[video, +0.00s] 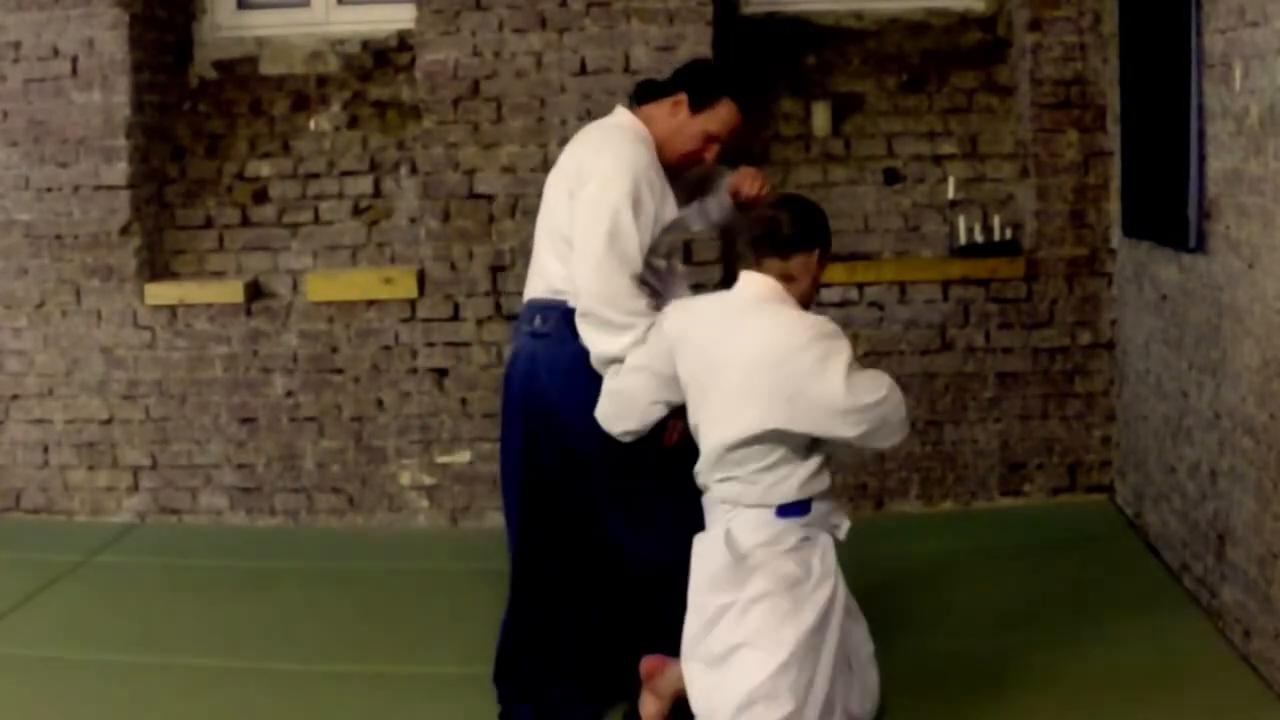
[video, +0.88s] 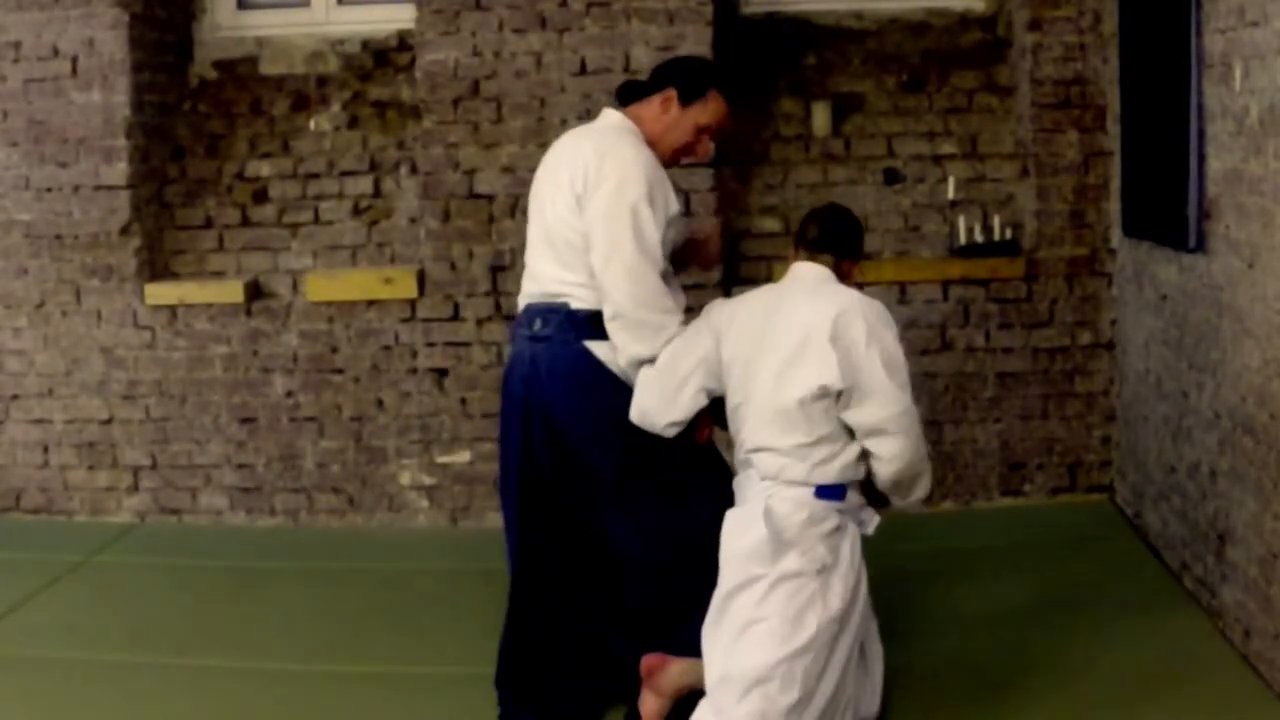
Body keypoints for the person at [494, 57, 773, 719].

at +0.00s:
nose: (708, 158)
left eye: (719, 147)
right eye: (709, 138)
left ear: (670, 107)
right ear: (678, 105)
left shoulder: (612, 145)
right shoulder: (620, 157)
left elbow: (657, 229)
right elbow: (604, 289)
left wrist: (725, 201)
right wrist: (658, 391)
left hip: (558, 352)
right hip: (579, 360)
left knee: (564, 540)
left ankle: (548, 694)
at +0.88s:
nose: (702, 152)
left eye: (711, 139)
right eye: (702, 131)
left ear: (658, 101)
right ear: (667, 101)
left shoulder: (571, 146)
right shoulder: (624, 160)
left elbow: (587, 250)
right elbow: (632, 296)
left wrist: (676, 249)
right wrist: (687, 401)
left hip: (531, 351)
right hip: (588, 355)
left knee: (551, 539)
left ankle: (539, 694)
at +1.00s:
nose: (695, 146)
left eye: (704, 133)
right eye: (695, 126)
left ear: (646, 100)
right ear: (656, 98)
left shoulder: (563, 151)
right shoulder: (620, 161)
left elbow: (550, 275)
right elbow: (635, 300)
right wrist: (687, 401)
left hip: (530, 352)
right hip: (589, 354)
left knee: (552, 540)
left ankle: (542, 695)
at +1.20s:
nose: (677, 131)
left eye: (685, 116)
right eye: (679, 110)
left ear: (626, 87)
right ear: (643, 87)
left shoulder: (522, 143)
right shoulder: (626, 148)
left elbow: (480, 237)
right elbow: (648, 280)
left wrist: (527, 303)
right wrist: (694, 389)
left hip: (523, 338)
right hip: (598, 327)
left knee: (541, 525)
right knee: (676, 497)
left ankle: (540, 694)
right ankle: (640, 594)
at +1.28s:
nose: (675, 132)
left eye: (684, 118)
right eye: (677, 112)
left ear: (622, 86)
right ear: (643, 88)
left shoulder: (517, 141)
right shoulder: (628, 147)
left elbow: (471, 237)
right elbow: (657, 276)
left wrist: (518, 297)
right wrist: (697, 390)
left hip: (519, 336)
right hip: (599, 326)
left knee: (524, 517)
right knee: (658, 494)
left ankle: (540, 679)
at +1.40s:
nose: (678, 133)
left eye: (686, 119)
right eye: (681, 114)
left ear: (628, 86)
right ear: (648, 89)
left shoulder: (518, 139)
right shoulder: (631, 147)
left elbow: (474, 239)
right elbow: (657, 269)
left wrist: (520, 296)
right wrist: (703, 378)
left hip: (518, 336)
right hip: (600, 326)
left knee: (521, 518)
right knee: (648, 498)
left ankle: (538, 681)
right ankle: (607, 666)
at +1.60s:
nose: (686, 116)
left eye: (694, 101)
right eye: (688, 96)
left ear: (634, 76)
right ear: (654, 76)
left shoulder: (538, 135)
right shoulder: (632, 132)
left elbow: (516, 241)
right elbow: (649, 253)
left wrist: (562, 302)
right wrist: (692, 360)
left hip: (530, 332)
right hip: (606, 327)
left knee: (540, 516)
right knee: (658, 502)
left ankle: (545, 685)